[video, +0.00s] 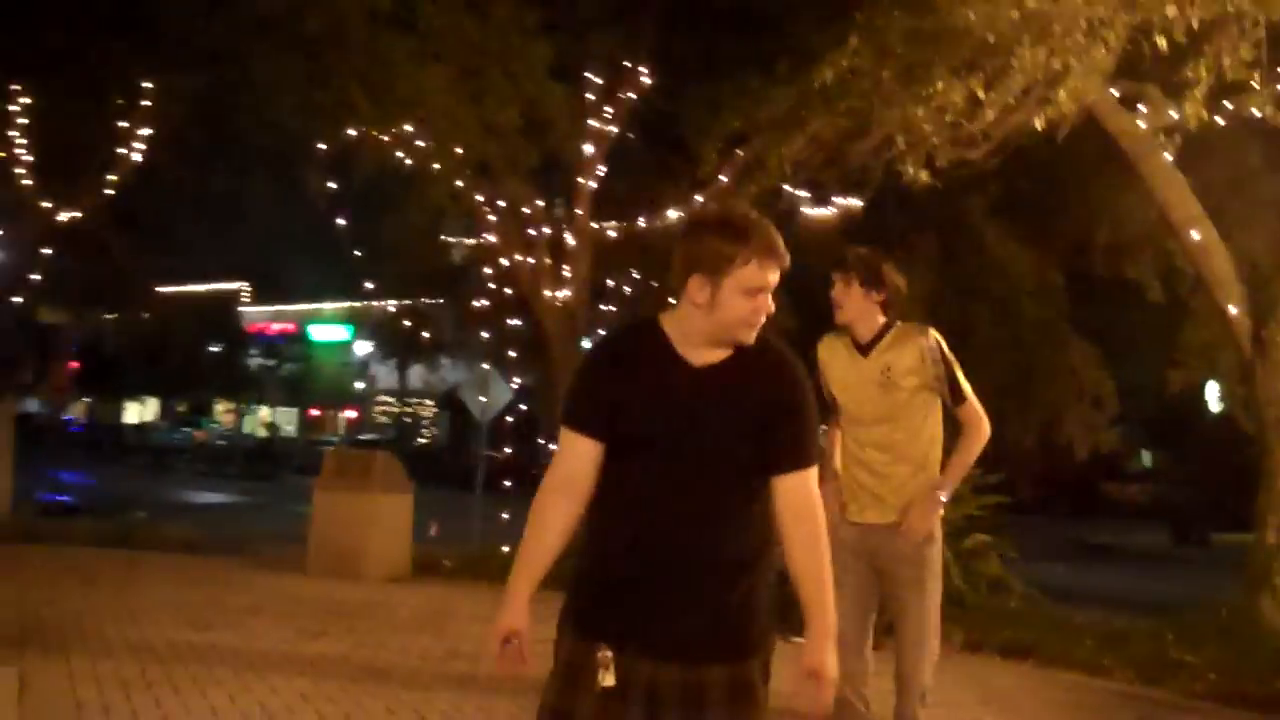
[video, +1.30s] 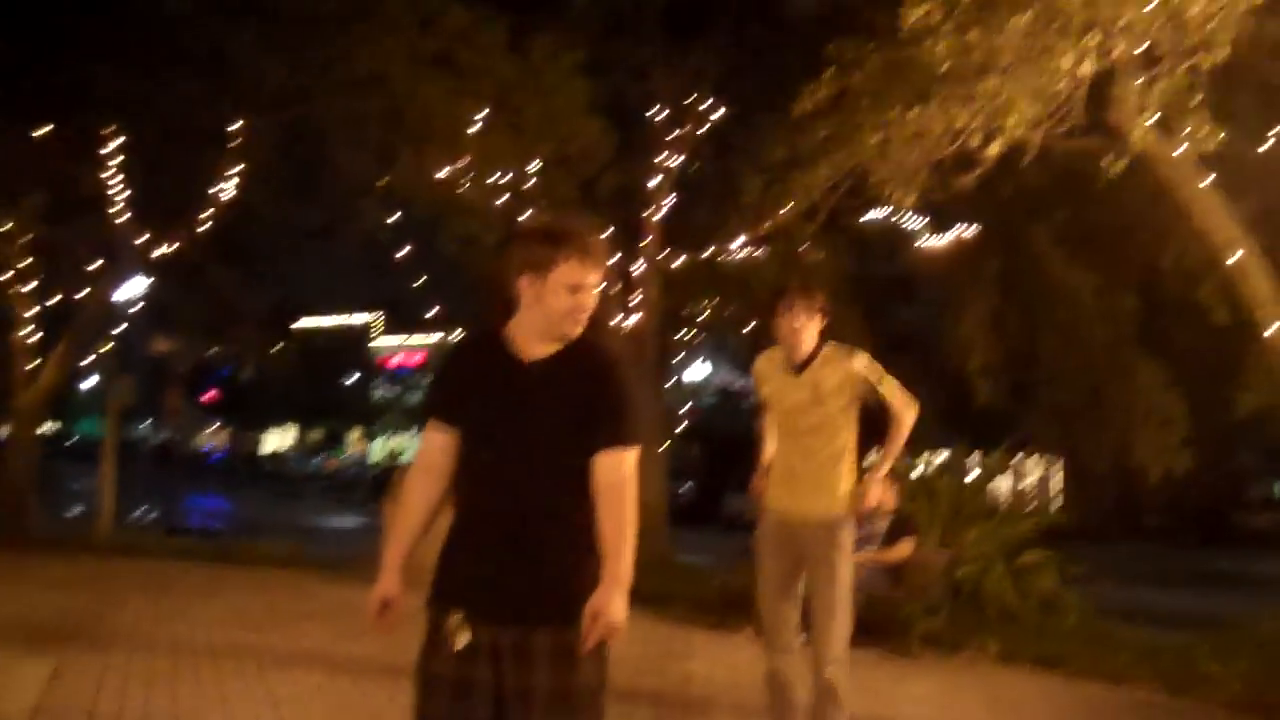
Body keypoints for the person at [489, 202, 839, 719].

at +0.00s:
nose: (768, 308)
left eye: (772, 291)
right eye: (753, 292)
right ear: (699, 291)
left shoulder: (777, 378)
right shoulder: (618, 362)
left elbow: (801, 511)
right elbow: (566, 486)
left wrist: (821, 633)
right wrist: (517, 598)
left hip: (725, 646)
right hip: (609, 639)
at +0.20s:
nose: (769, 364)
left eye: (774, 348)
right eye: (752, 348)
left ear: (779, 344)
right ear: (698, 342)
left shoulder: (780, 433)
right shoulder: (633, 406)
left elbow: (786, 577)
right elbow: (581, 528)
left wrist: (776, 692)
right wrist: (529, 636)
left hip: (726, 679)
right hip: (629, 671)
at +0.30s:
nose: (749, 385)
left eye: (755, 369)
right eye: (731, 371)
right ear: (678, 364)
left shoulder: (756, 449)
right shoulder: (618, 424)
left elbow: (753, 588)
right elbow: (565, 539)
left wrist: (732, 701)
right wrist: (511, 647)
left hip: (697, 685)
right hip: (602, 672)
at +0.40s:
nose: (725, 382)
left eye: (732, 367)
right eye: (705, 368)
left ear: (738, 366)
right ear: (655, 362)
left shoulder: (733, 449)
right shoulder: (599, 421)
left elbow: (719, 586)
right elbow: (545, 532)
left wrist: (694, 697)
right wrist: (490, 638)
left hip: (672, 682)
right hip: (583, 666)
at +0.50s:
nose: (677, 365)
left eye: (683, 350)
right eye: (658, 349)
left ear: (690, 350)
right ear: (607, 343)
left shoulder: (683, 435)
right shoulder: (553, 409)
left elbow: (672, 570)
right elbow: (495, 521)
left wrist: (645, 676)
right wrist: (441, 623)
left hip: (621, 671)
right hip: (530, 654)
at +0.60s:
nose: (633, 336)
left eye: (641, 322)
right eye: (618, 321)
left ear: (648, 321)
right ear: (568, 315)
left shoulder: (645, 409)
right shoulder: (508, 386)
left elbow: (643, 539)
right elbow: (459, 499)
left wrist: (626, 645)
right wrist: (409, 605)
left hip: (596, 652)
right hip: (502, 639)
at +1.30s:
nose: (587, 304)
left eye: (595, 290)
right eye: (573, 289)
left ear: (602, 291)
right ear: (526, 286)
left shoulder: (600, 371)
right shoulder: (470, 362)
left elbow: (615, 483)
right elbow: (431, 467)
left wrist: (615, 584)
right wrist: (392, 565)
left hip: (561, 608)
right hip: (467, 601)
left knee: (557, 712)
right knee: (449, 710)